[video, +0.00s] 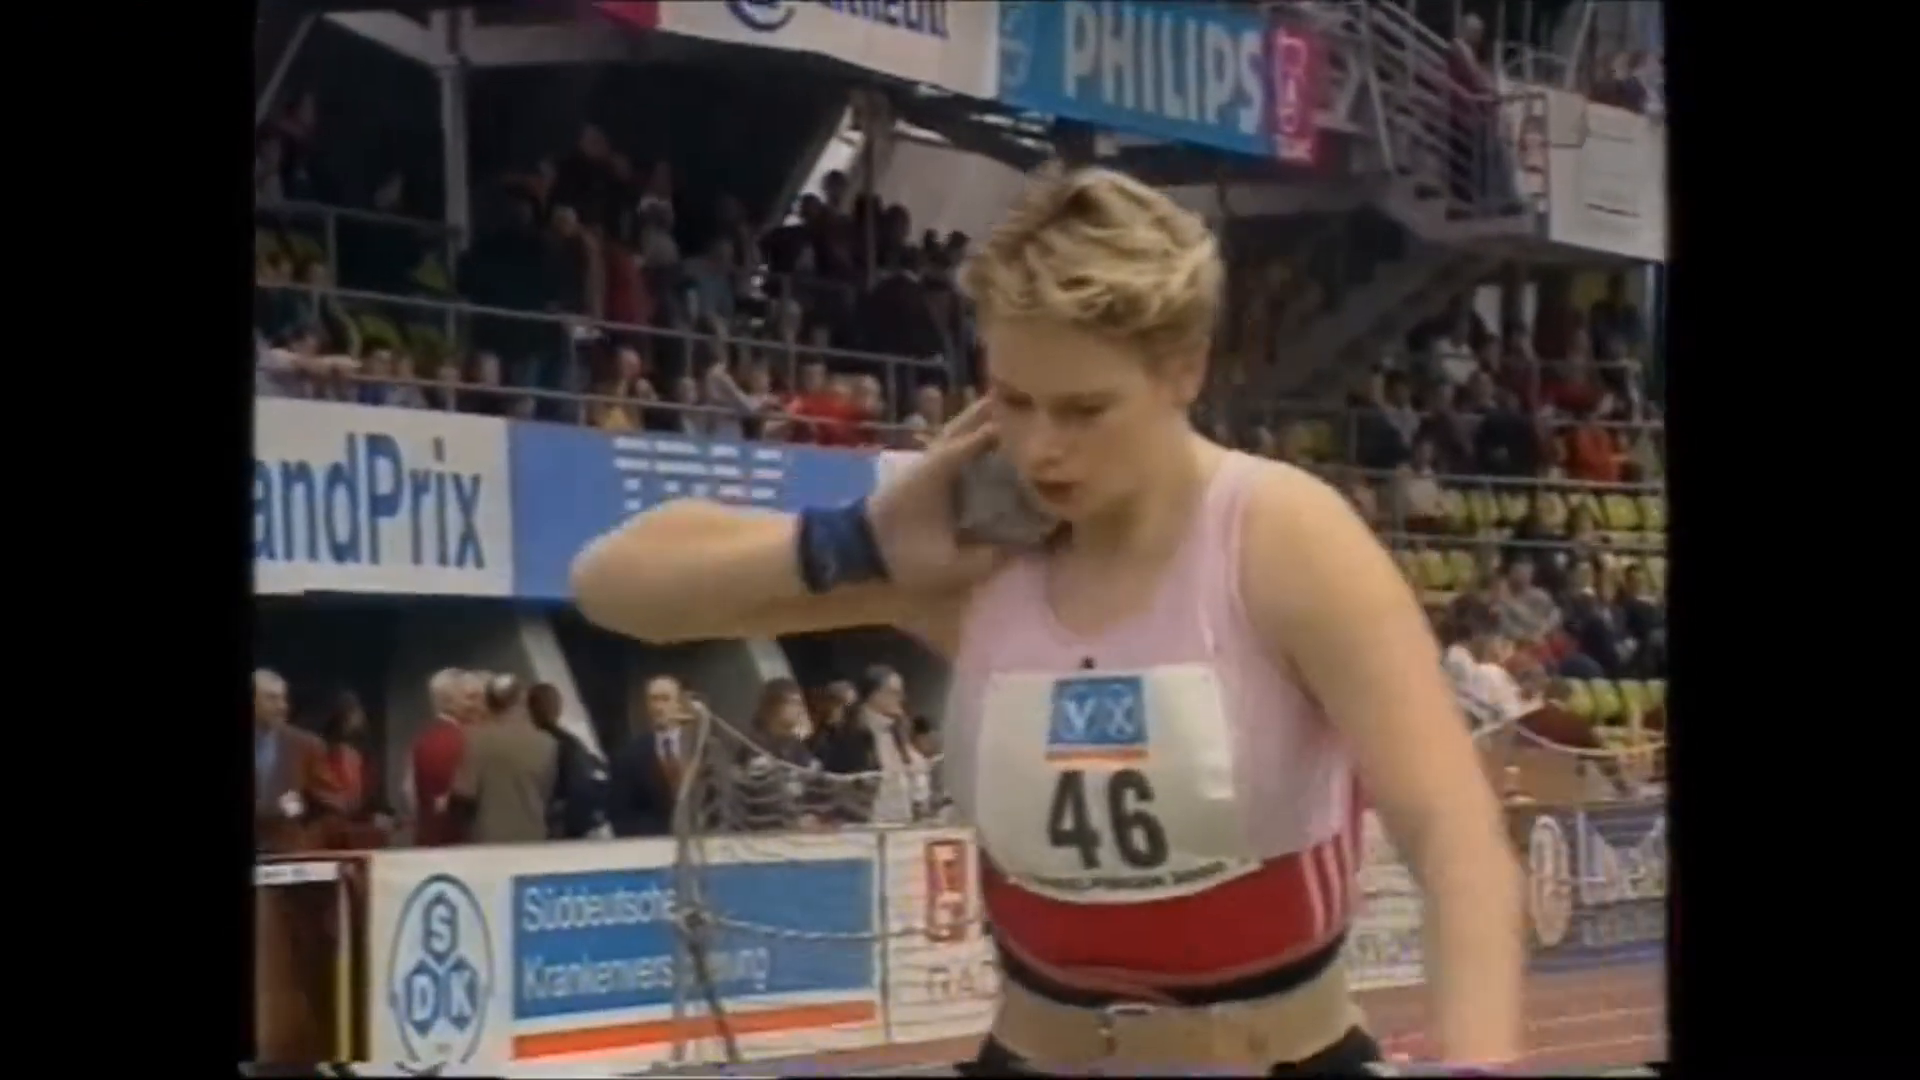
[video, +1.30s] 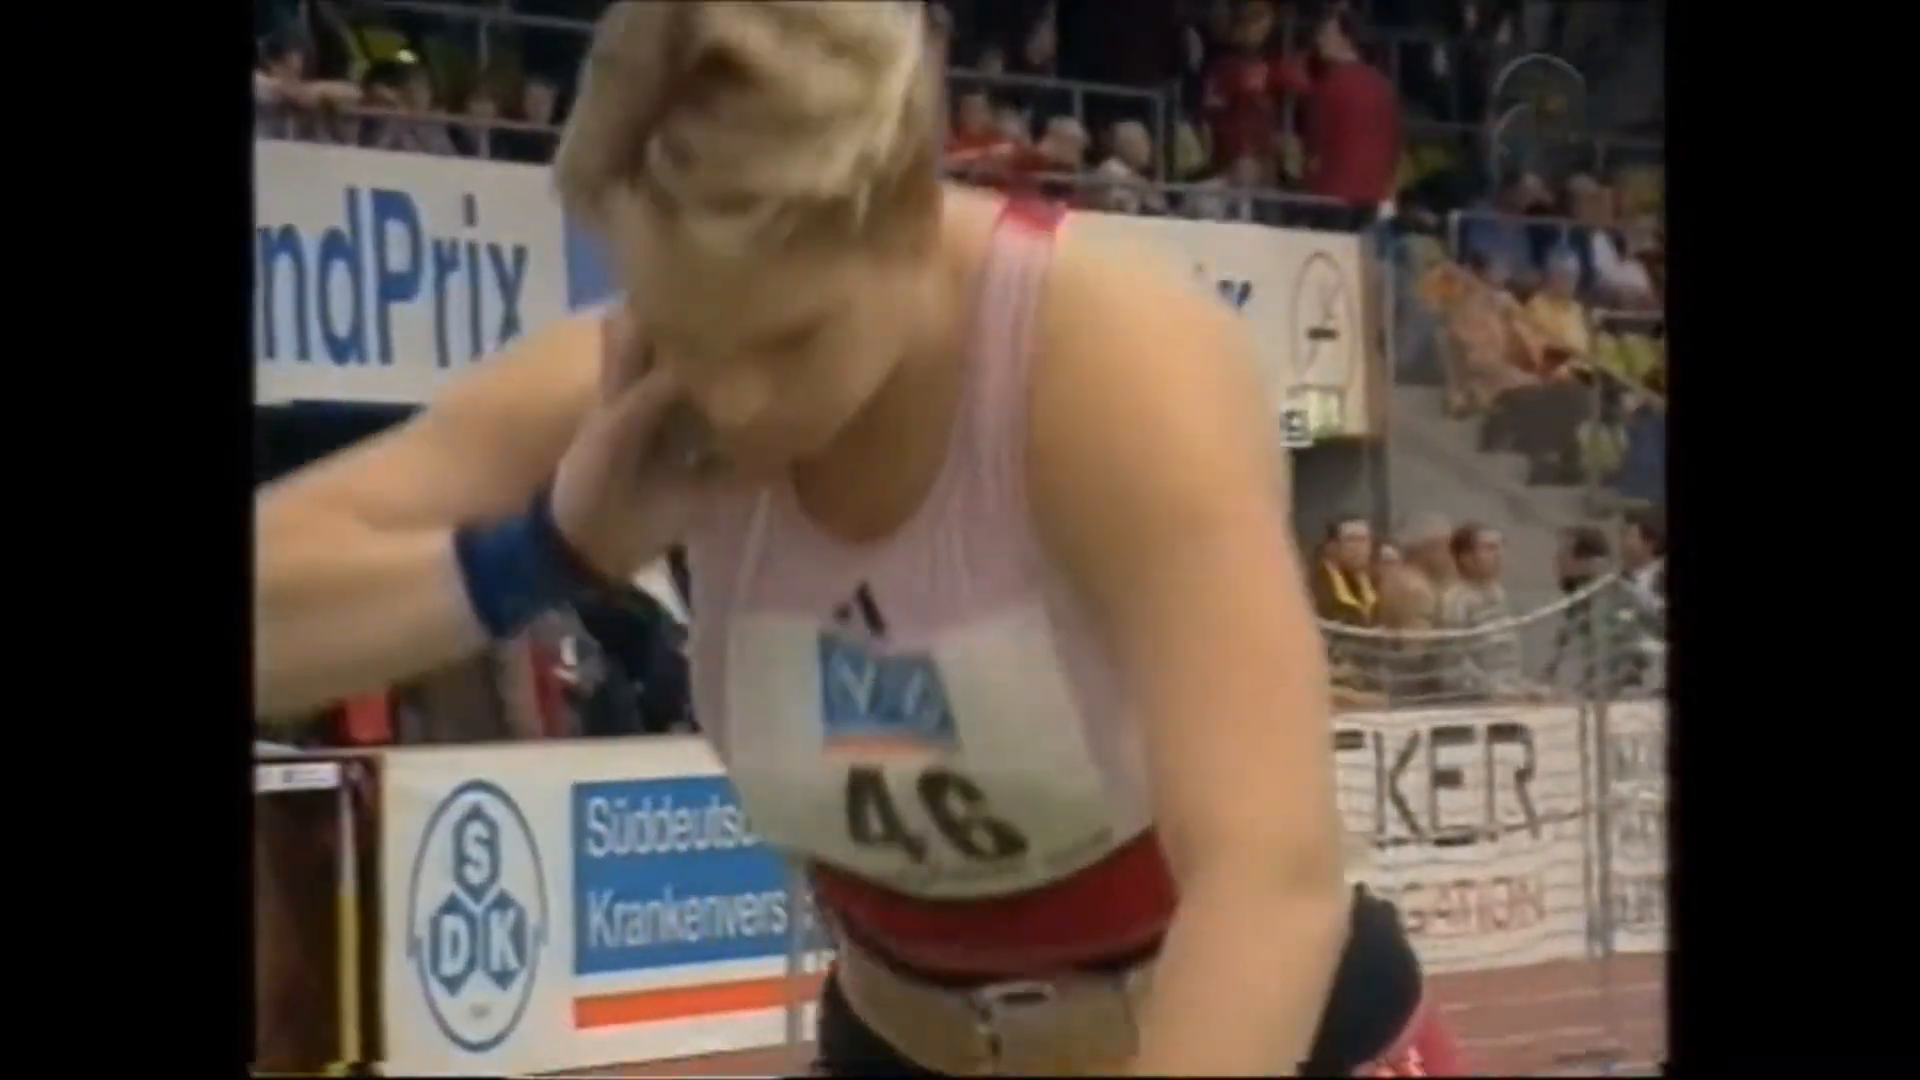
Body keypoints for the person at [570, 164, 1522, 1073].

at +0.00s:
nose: (1034, 448)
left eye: (1077, 409)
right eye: (1008, 400)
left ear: (1182, 371)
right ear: (986, 368)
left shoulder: (1287, 537)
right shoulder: (962, 545)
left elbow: (1463, 847)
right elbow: (606, 583)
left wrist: (1474, 1064)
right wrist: (861, 546)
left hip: (1276, 1059)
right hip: (1034, 1057)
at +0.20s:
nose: (904, 472)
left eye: (948, 424)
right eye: (867, 423)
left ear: (1047, 375)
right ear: (832, 397)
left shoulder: (1162, 521)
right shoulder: (817, 555)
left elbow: (1330, 875)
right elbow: (437, 669)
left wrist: (1286, 1069)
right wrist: (719, 580)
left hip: (1192, 1048)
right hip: (943, 1053)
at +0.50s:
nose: (717, 554)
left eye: (765, 508)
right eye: (677, 502)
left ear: (874, 426)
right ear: (641, 448)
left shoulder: (1024, 544)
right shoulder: (633, 548)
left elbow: (1241, 947)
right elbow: (273, 747)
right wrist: (556, 687)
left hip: (1104, 1042)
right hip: (855, 1049)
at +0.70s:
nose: (659, 707)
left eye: (705, 664)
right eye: (617, 665)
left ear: (818, 560)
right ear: (574, 594)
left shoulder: (996, 635)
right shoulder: (543, 647)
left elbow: (1251, 1041)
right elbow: (256, 867)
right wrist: (505, 814)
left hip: (1089, 1038)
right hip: (840, 1048)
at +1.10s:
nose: (696, 686)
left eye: (737, 631)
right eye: (645, 639)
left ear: (849, 514)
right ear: (592, 557)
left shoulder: (1071, 577)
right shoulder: (575, 563)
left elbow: (1254, 1049)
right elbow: (261, 834)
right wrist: (524, 790)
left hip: (1172, 1032)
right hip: (912, 1042)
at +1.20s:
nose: (712, 510)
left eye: (762, 456)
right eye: (664, 457)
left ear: (884, 348)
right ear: (608, 382)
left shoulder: (1099, 441)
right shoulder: (585, 458)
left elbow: (1265, 976)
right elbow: (255, 706)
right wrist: (530, 664)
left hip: (1189, 1021)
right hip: (906, 1037)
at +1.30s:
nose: (736, 405)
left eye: (791, 346)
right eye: (683, 349)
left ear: (917, 234)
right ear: (630, 283)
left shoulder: (1128, 365)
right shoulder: (599, 387)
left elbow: (1270, 878)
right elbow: (254, 630)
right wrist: (540, 557)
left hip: (1209, 1013)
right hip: (899, 1029)